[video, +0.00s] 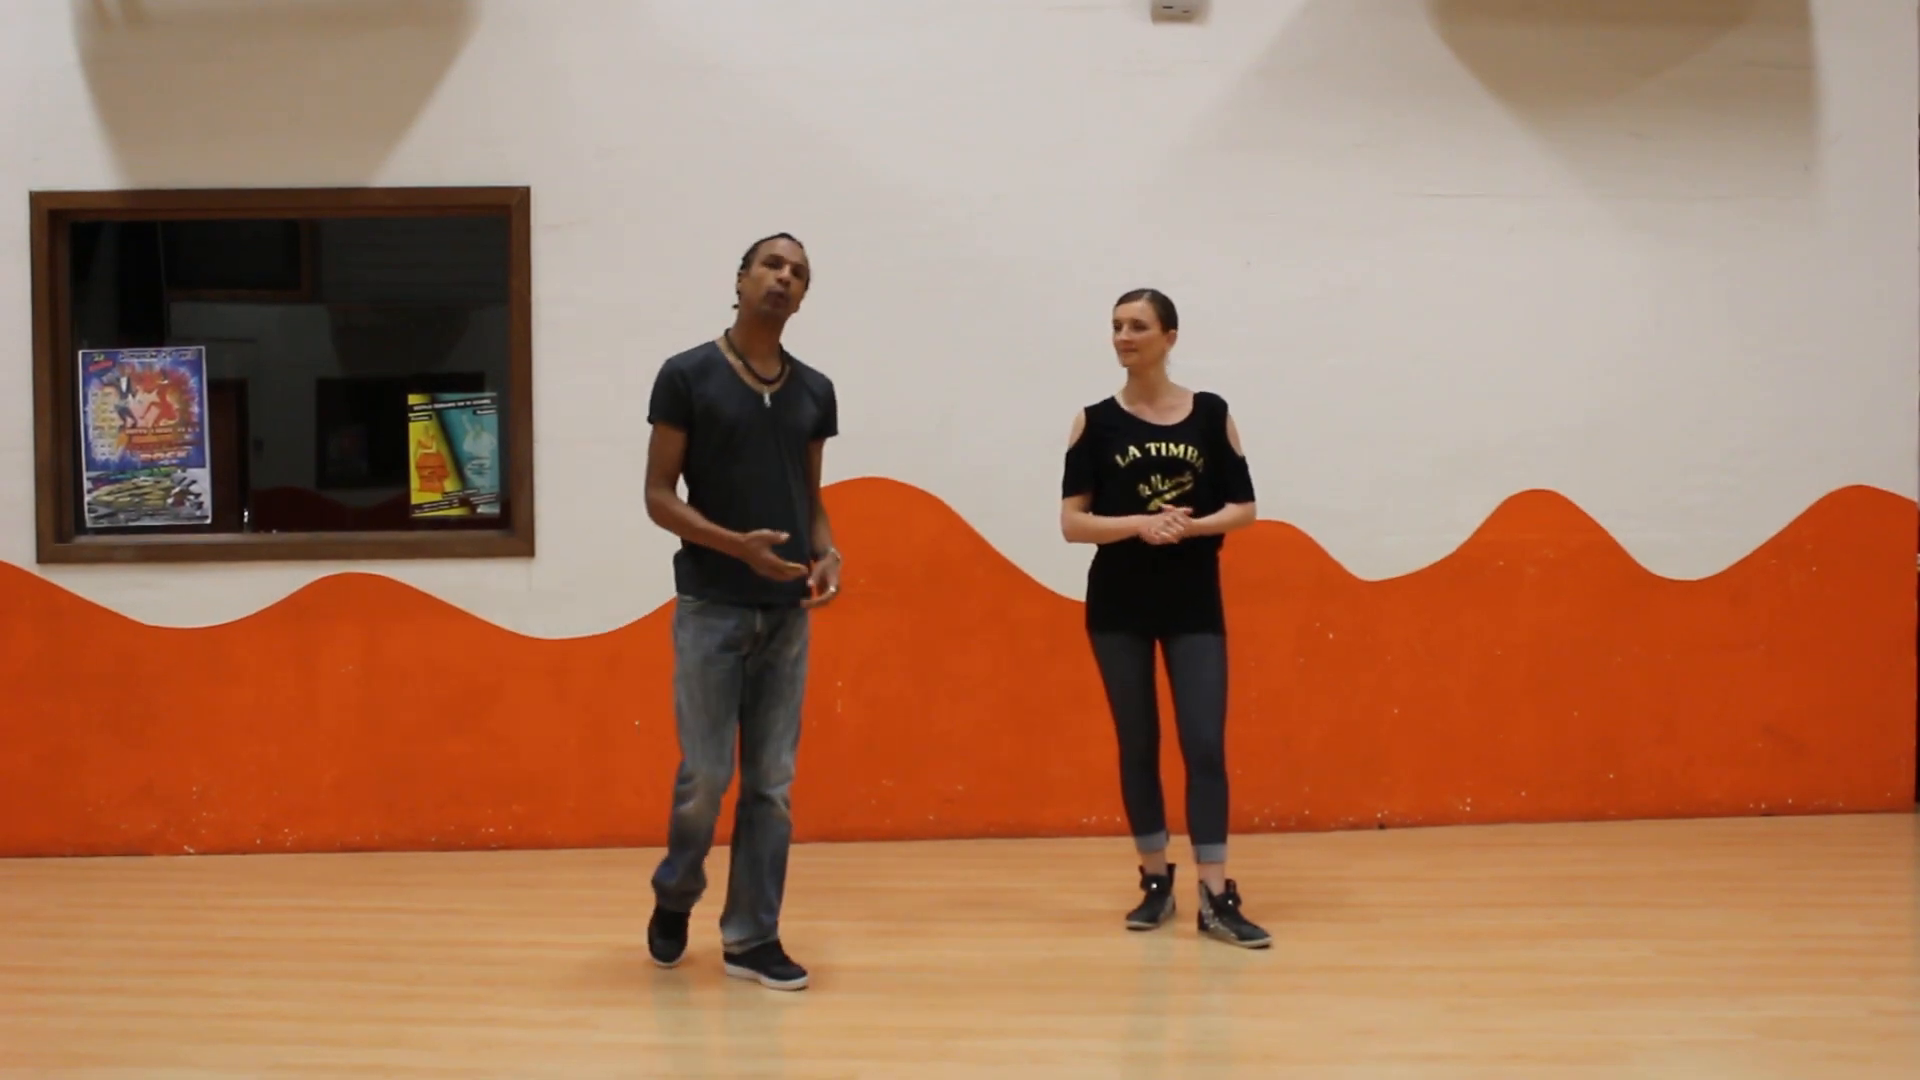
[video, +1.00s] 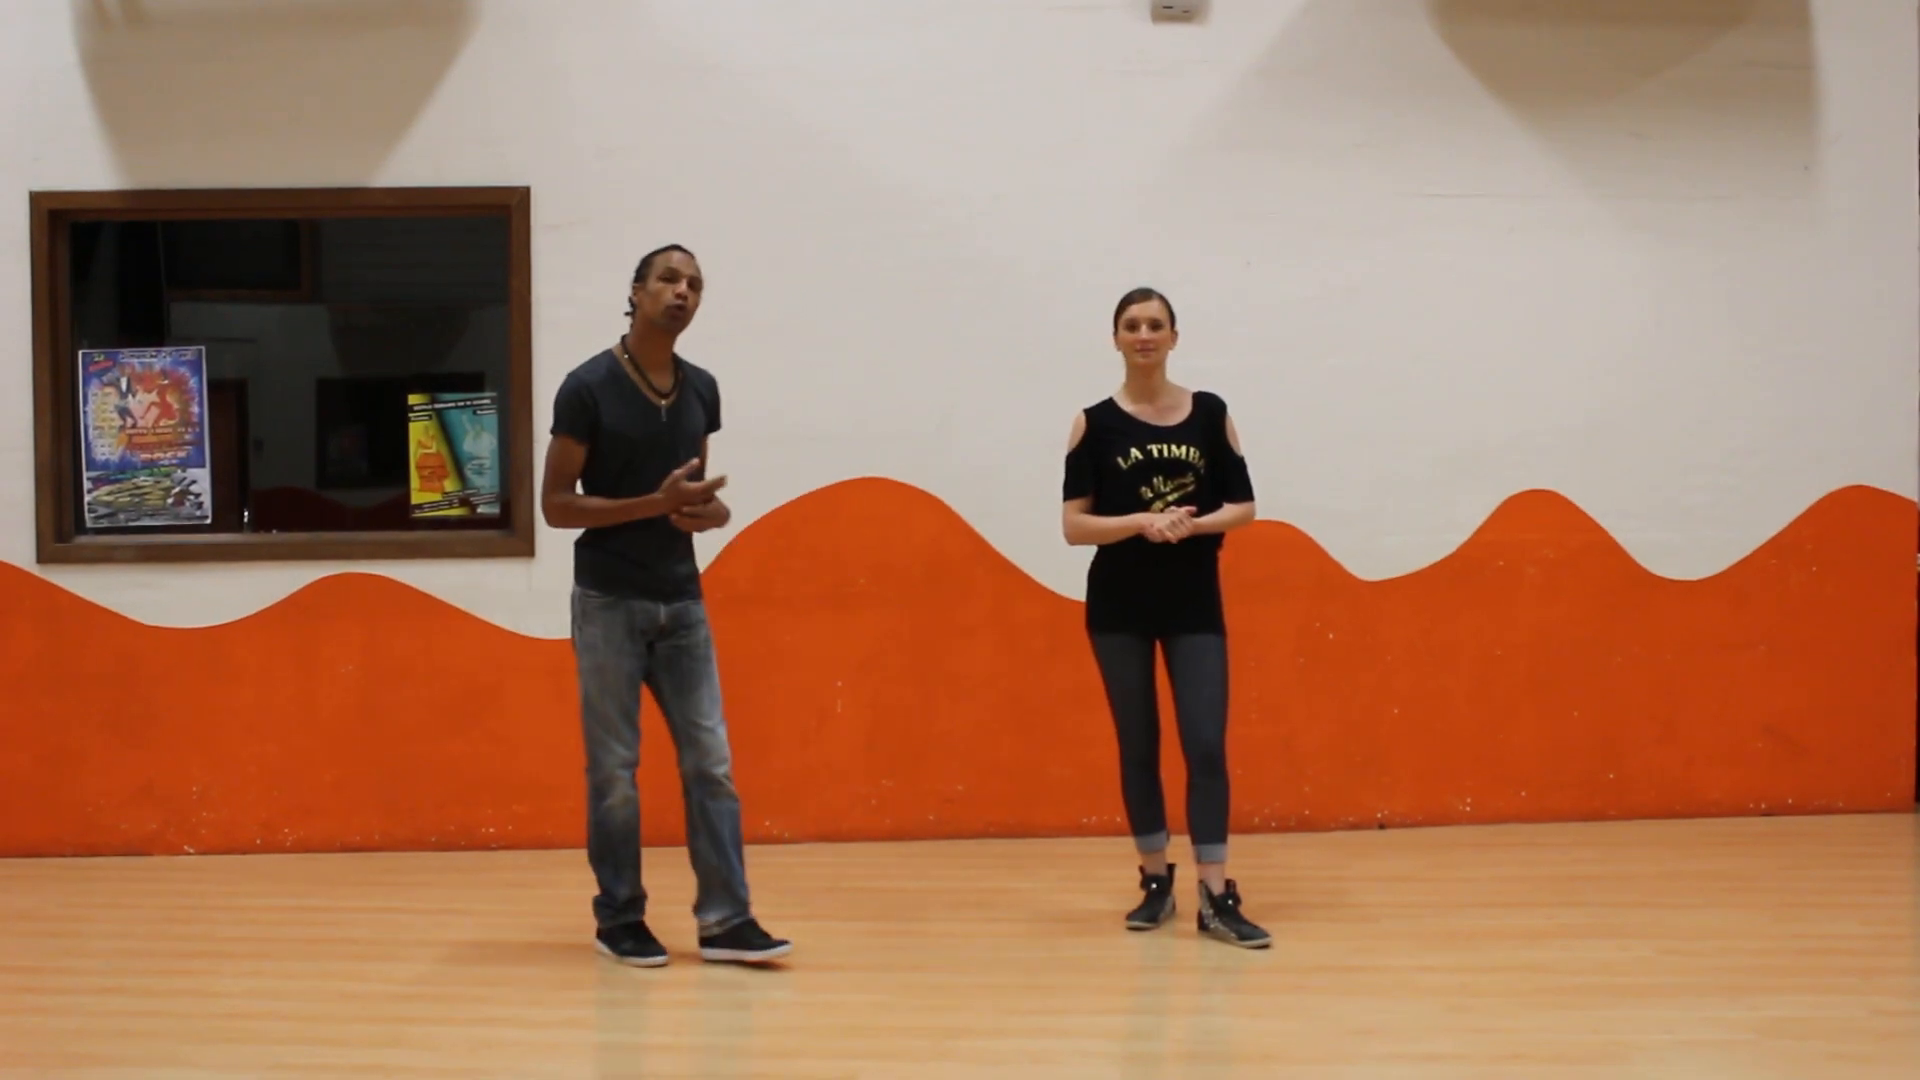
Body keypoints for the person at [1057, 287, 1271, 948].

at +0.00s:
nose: (1123, 337)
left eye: (1136, 327)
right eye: (1117, 328)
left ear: (1169, 336)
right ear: (1111, 338)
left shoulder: (1209, 413)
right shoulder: (1093, 422)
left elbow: (1243, 508)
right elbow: (1073, 522)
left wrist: (1195, 525)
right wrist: (1135, 524)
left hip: (1193, 602)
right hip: (1118, 604)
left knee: (1205, 748)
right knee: (1138, 745)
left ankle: (1215, 896)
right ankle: (1156, 883)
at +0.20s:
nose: (1136, 335)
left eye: (1148, 325)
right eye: (1126, 325)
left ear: (1172, 336)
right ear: (1113, 338)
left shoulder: (1208, 412)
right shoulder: (1092, 422)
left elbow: (1243, 506)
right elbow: (1072, 522)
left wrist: (1196, 522)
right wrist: (1134, 520)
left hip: (1192, 602)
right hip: (1118, 604)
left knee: (1204, 747)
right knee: (1138, 746)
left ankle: (1215, 896)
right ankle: (1157, 884)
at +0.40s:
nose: (1142, 335)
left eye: (1153, 325)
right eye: (1131, 326)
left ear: (1172, 337)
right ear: (1114, 339)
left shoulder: (1208, 412)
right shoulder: (1092, 424)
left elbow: (1243, 506)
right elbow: (1073, 523)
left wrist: (1193, 521)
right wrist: (1135, 518)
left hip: (1192, 602)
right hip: (1118, 604)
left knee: (1205, 748)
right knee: (1138, 746)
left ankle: (1215, 896)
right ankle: (1156, 883)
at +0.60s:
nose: (1142, 336)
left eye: (1153, 326)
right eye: (1131, 327)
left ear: (1172, 337)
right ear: (1115, 339)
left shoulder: (1208, 412)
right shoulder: (1092, 424)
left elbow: (1243, 506)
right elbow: (1074, 524)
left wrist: (1194, 521)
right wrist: (1137, 520)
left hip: (1192, 602)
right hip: (1118, 605)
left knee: (1205, 747)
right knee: (1138, 746)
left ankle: (1216, 896)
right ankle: (1156, 883)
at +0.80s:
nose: (1143, 336)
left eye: (1154, 325)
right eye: (1132, 326)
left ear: (1173, 337)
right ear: (1115, 338)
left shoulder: (1208, 412)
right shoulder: (1092, 424)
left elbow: (1242, 506)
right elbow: (1074, 525)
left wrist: (1195, 521)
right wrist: (1137, 521)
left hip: (1193, 602)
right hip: (1118, 605)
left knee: (1205, 747)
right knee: (1138, 746)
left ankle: (1215, 896)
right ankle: (1156, 883)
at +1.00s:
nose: (1144, 336)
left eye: (1155, 326)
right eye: (1133, 326)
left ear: (1174, 337)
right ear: (1116, 338)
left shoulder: (1209, 413)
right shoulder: (1092, 425)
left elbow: (1243, 507)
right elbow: (1075, 525)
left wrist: (1196, 522)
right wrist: (1137, 522)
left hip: (1193, 603)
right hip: (1119, 605)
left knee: (1206, 747)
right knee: (1138, 746)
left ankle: (1216, 896)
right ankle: (1157, 883)